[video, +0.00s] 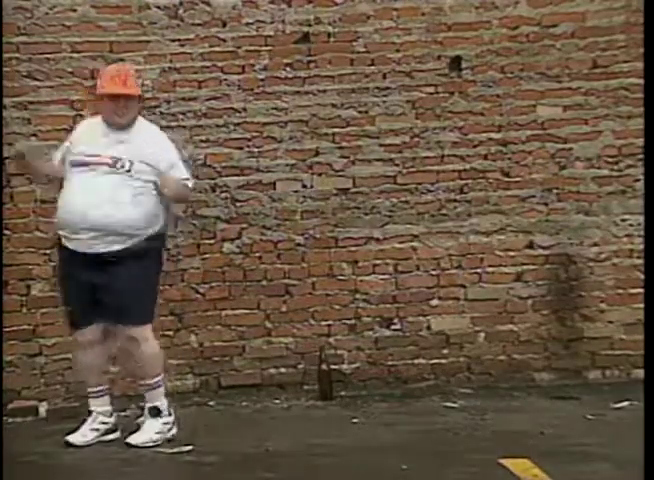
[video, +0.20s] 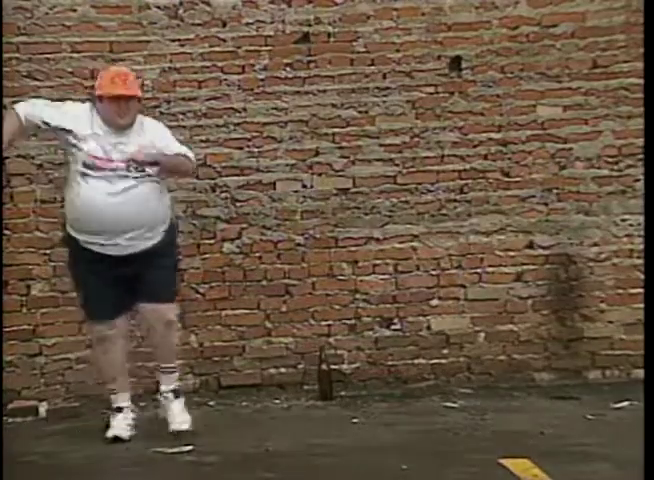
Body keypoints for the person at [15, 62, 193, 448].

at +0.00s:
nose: (119, 105)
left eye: (127, 98)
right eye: (112, 98)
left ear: (139, 100)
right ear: (98, 99)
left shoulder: (154, 140)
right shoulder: (84, 130)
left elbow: (182, 192)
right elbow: (60, 169)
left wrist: (167, 182)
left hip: (134, 249)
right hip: (78, 248)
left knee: (136, 331)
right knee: (88, 335)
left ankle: (159, 415)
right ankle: (102, 415)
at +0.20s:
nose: (124, 107)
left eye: (130, 100)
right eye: (116, 100)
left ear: (139, 100)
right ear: (99, 99)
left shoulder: (153, 129)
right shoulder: (78, 117)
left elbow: (189, 166)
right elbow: (21, 114)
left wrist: (159, 161)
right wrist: (6, 140)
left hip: (153, 242)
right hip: (92, 245)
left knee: (163, 317)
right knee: (106, 330)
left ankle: (170, 394)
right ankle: (121, 408)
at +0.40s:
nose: (130, 124)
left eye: (133, 117)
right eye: (121, 119)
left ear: (138, 115)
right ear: (99, 123)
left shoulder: (152, 140)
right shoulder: (80, 154)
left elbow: (188, 160)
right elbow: (42, 175)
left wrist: (191, 192)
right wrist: (25, 181)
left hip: (158, 260)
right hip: (98, 262)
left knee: (174, 333)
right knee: (110, 342)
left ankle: (173, 407)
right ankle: (121, 412)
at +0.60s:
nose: (135, 100)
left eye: (135, 93)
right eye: (126, 96)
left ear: (136, 89)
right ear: (102, 97)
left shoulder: (153, 118)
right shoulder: (73, 126)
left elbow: (191, 154)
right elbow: (53, 177)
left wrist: (201, 195)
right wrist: (55, 214)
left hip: (158, 233)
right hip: (102, 236)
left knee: (166, 314)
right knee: (114, 324)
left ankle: (172, 394)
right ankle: (114, 406)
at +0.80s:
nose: (129, 118)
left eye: (134, 111)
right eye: (122, 110)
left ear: (139, 108)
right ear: (101, 104)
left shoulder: (141, 141)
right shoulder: (74, 144)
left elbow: (155, 180)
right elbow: (51, 189)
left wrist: (178, 189)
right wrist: (65, 207)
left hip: (163, 252)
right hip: (106, 256)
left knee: (180, 328)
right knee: (114, 340)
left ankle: (181, 397)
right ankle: (115, 410)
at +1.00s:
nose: (133, 94)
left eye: (135, 88)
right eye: (124, 90)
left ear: (141, 89)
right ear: (105, 97)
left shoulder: (157, 122)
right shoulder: (88, 127)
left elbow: (181, 160)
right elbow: (64, 173)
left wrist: (200, 161)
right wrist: (65, 207)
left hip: (165, 241)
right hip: (108, 243)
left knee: (181, 309)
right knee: (115, 327)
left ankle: (174, 392)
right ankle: (113, 409)